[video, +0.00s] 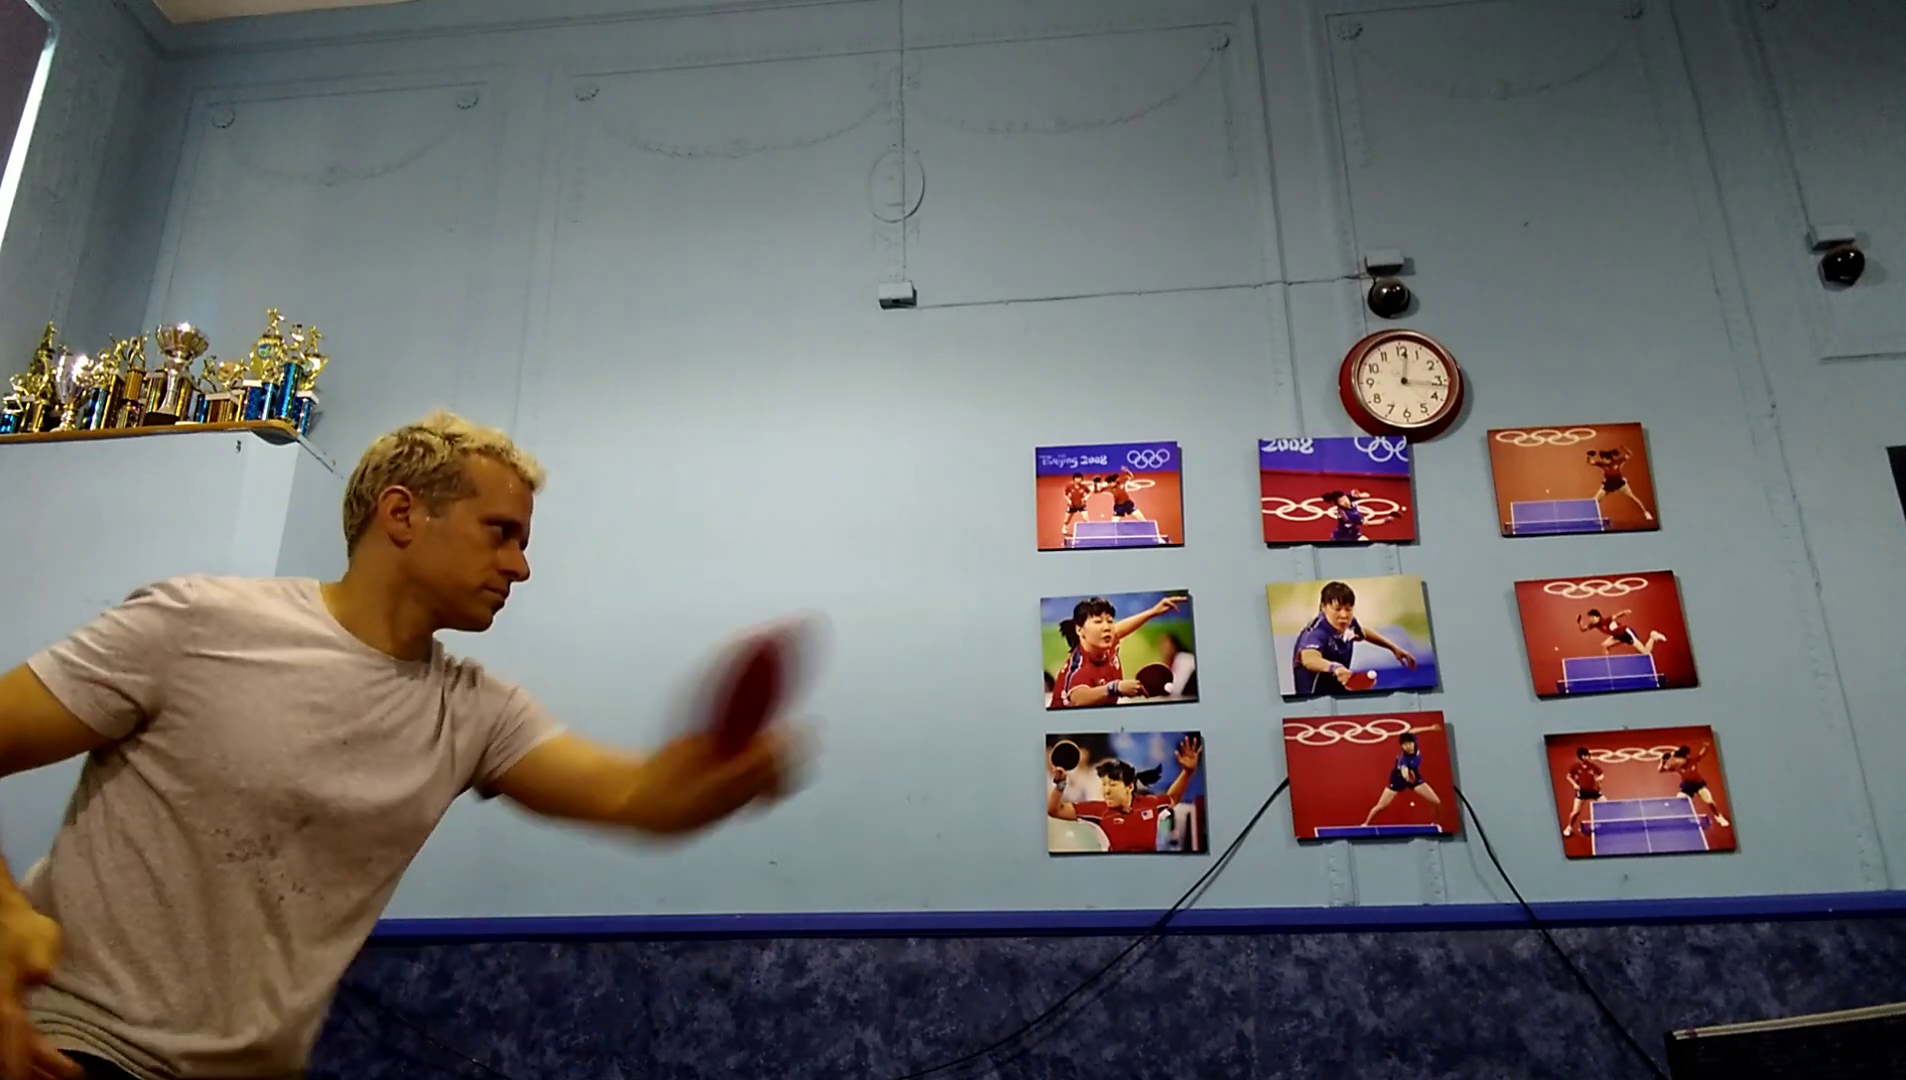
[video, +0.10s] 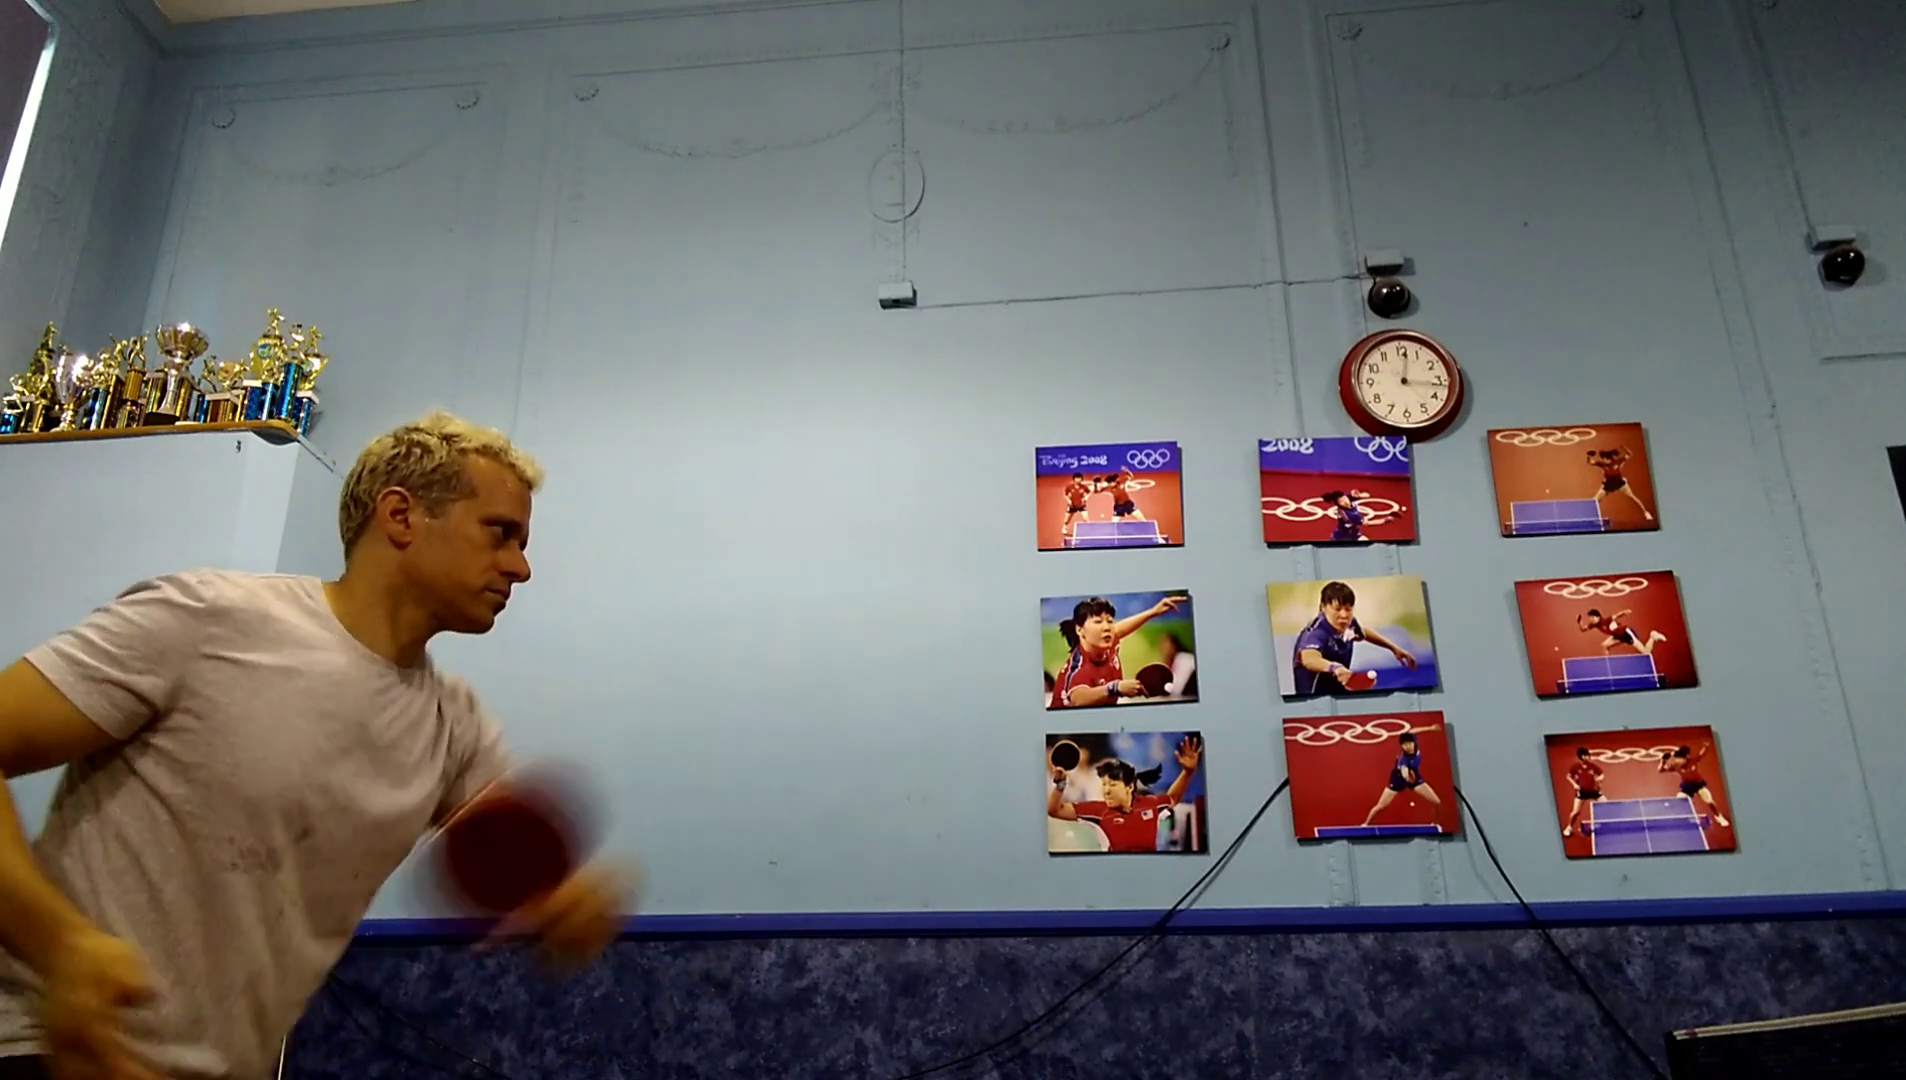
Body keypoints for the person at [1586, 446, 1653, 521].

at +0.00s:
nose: (1605, 461)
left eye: (1606, 459)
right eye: (1603, 460)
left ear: (1609, 458)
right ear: (1602, 459)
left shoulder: (1618, 462)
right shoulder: (1602, 464)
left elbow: (1629, 456)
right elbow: (1590, 463)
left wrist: (1624, 449)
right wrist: (1589, 456)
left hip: (1620, 482)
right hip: (1608, 483)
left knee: (1632, 497)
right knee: (1596, 499)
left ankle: (1645, 512)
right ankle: (1591, 519)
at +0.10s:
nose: (1605, 461)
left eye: (1606, 459)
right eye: (1604, 460)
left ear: (1610, 458)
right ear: (1603, 459)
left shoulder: (1618, 462)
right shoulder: (1602, 464)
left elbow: (1629, 456)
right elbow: (1590, 463)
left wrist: (1624, 449)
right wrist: (1589, 456)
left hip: (1620, 482)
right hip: (1608, 483)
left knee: (1632, 497)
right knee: (1596, 499)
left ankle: (1645, 512)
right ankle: (1591, 519)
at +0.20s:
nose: (1605, 461)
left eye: (1606, 459)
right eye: (1604, 460)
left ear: (1610, 458)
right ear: (1603, 459)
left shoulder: (1618, 462)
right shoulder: (1602, 464)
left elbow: (1629, 456)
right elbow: (1590, 463)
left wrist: (1624, 449)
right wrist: (1589, 456)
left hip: (1620, 482)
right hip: (1608, 483)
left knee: (1632, 497)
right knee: (1595, 499)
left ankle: (1645, 512)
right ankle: (1591, 519)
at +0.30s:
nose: (1605, 461)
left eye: (1606, 459)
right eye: (1604, 460)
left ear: (1610, 458)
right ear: (1603, 459)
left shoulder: (1618, 462)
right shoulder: (1602, 464)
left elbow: (1629, 455)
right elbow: (1590, 463)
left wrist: (1624, 448)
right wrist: (1589, 457)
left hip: (1620, 482)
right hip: (1608, 483)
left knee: (1632, 497)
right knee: (1595, 499)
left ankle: (1645, 512)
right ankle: (1591, 519)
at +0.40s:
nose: (1605, 461)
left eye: (1606, 459)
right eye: (1604, 459)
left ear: (1610, 458)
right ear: (1603, 459)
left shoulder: (1618, 462)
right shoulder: (1602, 464)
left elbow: (1629, 456)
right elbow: (1590, 463)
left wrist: (1624, 449)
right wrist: (1589, 456)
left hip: (1620, 482)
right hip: (1608, 483)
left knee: (1632, 497)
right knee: (1595, 499)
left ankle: (1645, 512)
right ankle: (1590, 519)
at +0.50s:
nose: (1605, 461)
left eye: (1606, 460)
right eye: (1603, 460)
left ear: (1610, 458)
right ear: (1603, 459)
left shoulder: (1618, 462)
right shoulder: (1602, 464)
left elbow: (1629, 455)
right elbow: (1590, 463)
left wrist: (1624, 448)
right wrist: (1589, 457)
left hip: (1620, 482)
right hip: (1608, 483)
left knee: (1632, 497)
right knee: (1595, 499)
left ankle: (1645, 512)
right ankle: (1591, 519)